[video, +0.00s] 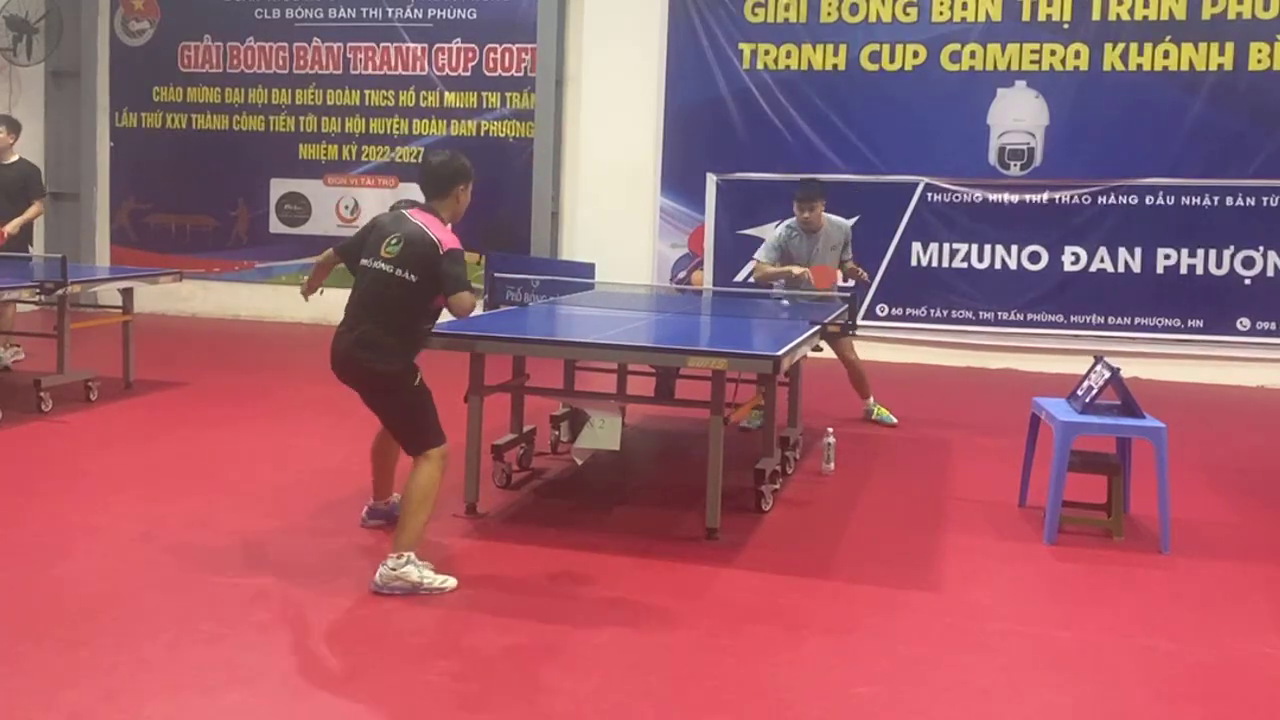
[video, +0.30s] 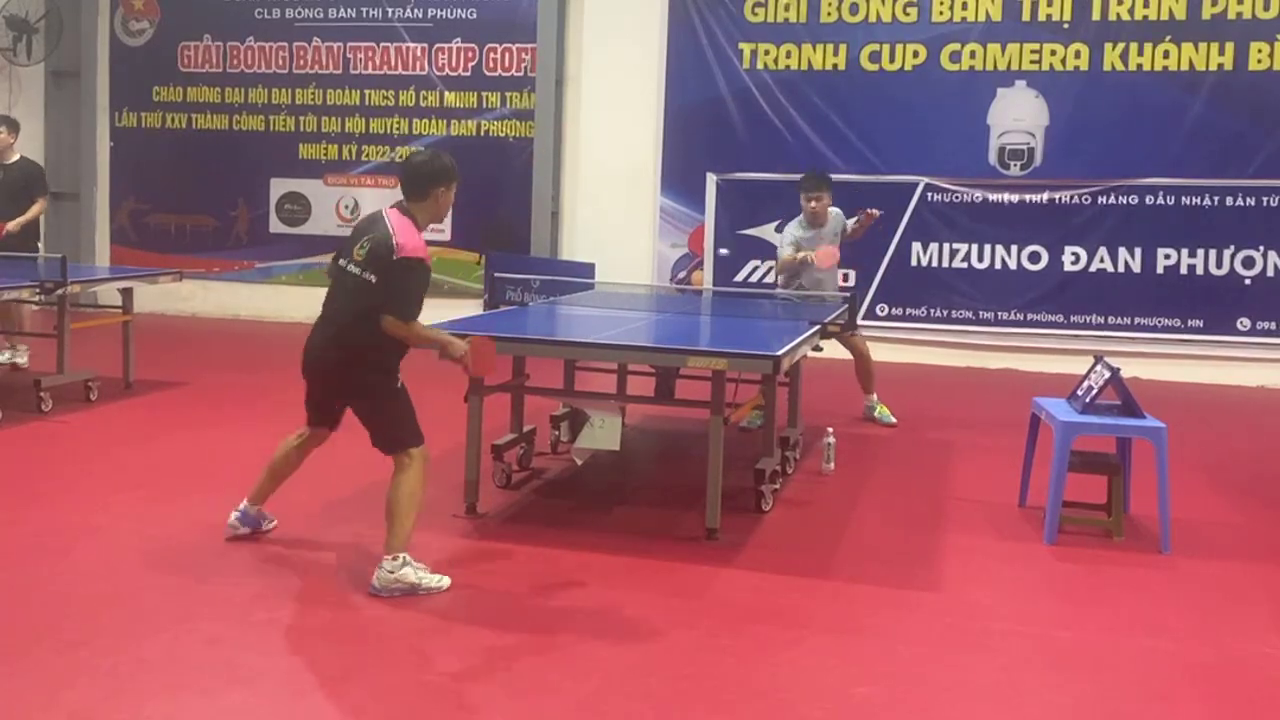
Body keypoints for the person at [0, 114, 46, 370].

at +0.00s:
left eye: (1, 134)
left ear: (12, 137)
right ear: (6, 137)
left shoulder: (28, 170)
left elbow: (39, 205)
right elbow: (38, 205)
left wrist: (16, 222)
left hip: (14, 248)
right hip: (3, 247)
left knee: (7, 300)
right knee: (5, 300)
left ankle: (5, 346)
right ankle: (10, 344)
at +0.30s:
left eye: (2, 134)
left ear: (12, 137)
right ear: (7, 137)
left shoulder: (31, 169)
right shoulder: (5, 167)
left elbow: (41, 202)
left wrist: (19, 221)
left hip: (22, 248)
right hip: (4, 247)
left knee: (22, 300)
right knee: (5, 300)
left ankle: (21, 346)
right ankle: (7, 345)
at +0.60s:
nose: (4, 137)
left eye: (9, 132)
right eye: (2, 132)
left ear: (23, 137)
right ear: (0, 137)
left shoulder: (39, 168)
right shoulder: (3, 167)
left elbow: (48, 203)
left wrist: (21, 220)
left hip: (31, 247)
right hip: (4, 246)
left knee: (37, 297)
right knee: (6, 298)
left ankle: (52, 344)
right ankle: (11, 345)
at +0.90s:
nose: (15, 136)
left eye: (21, 132)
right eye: (13, 131)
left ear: (35, 137)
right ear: (9, 136)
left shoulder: (49, 168)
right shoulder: (4, 166)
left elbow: (60, 204)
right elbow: (2, 201)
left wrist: (35, 219)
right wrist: (2, 219)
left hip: (39, 247)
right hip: (8, 247)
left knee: (45, 297)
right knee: (11, 297)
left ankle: (53, 345)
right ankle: (12, 345)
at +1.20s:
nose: (20, 139)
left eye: (25, 135)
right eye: (17, 135)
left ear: (40, 138)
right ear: (14, 138)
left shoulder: (55, 169)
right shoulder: (8, 167)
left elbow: (67, 204)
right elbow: (3, 200)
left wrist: (41, 221)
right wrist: (3, 227)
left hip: (45, 248)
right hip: (14, 247)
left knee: (49, 297)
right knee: (13, 296)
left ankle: (53, 346)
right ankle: (14, 346)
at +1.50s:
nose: (13, 143)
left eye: (18, 138)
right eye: (10, 138)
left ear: (33, 139)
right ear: (8, 140)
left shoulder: (53, 167)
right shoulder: (7, 169)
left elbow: (70, 201)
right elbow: (3, 204)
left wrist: (47, 223)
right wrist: (6, 232)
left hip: (50, 247)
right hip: (17, 247)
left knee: (51, 298)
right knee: (14, 296)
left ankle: (53, 346)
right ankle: (14, 346)